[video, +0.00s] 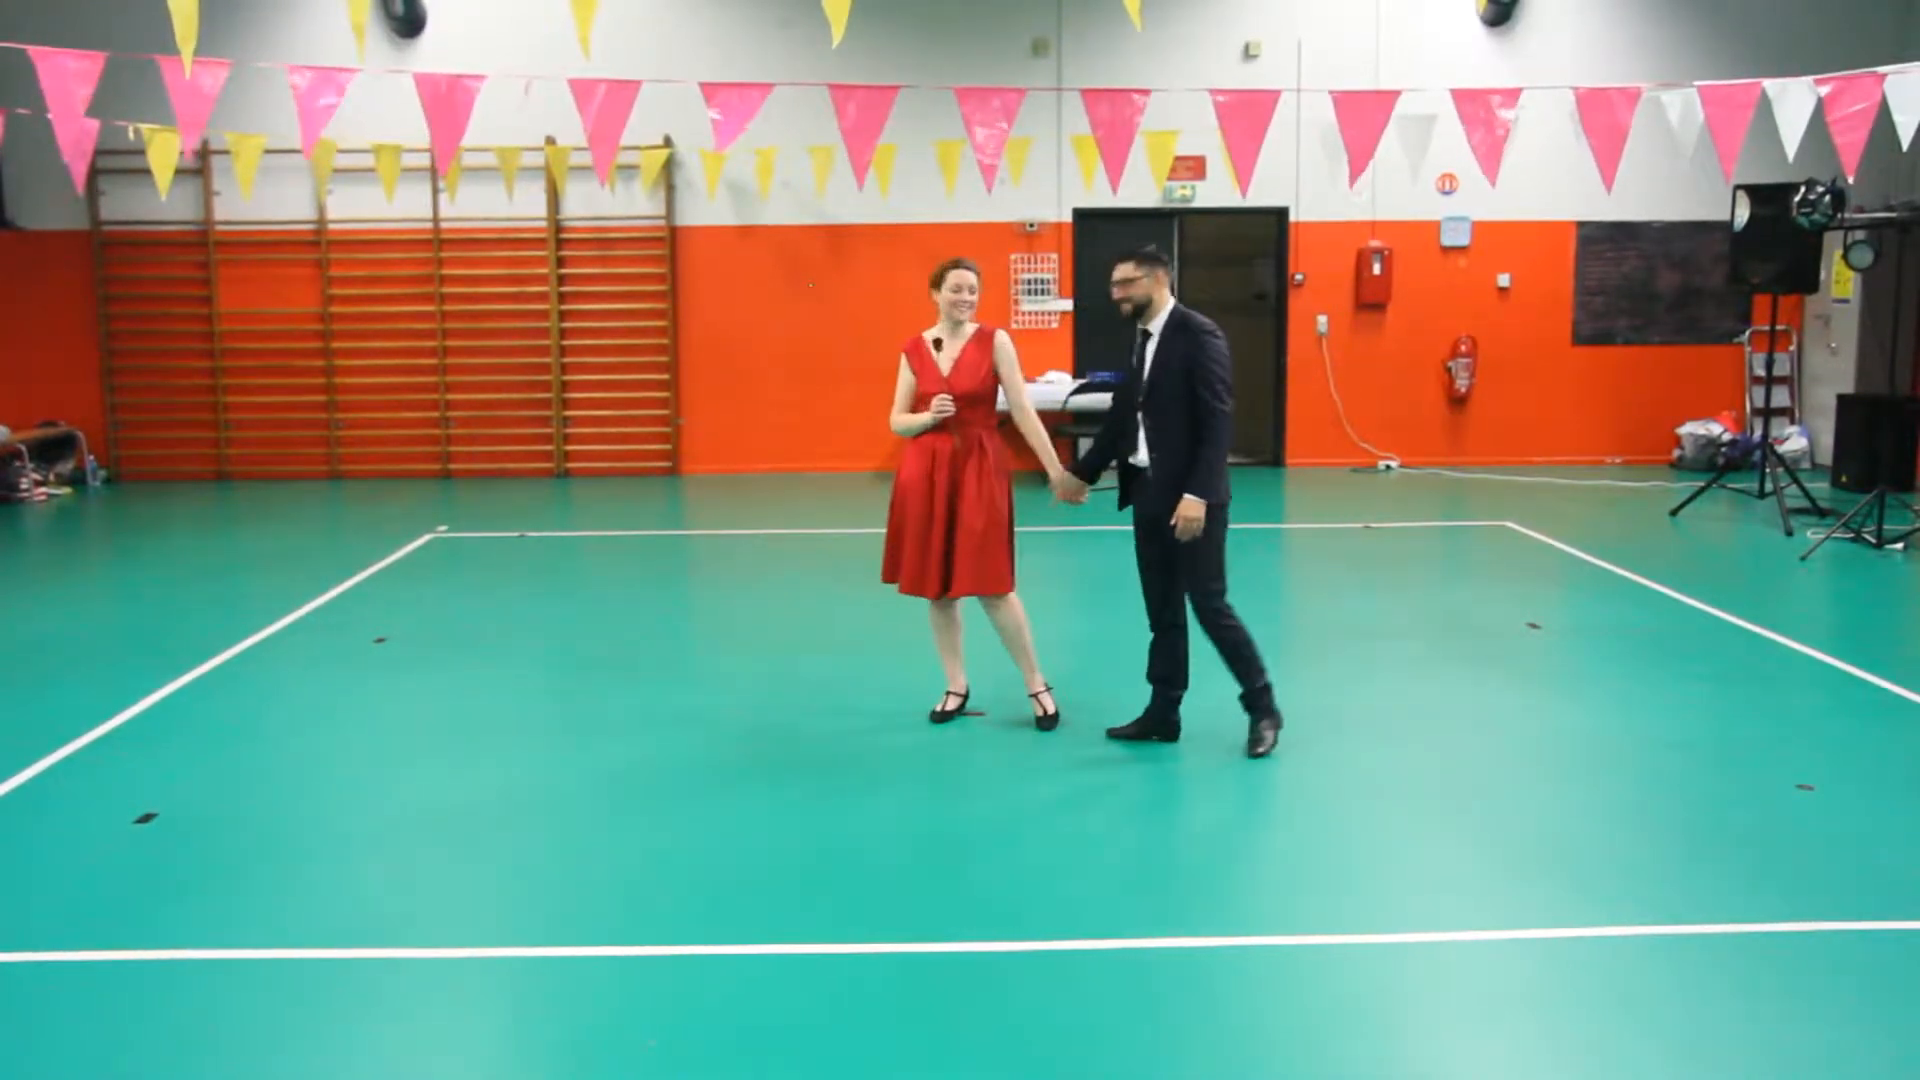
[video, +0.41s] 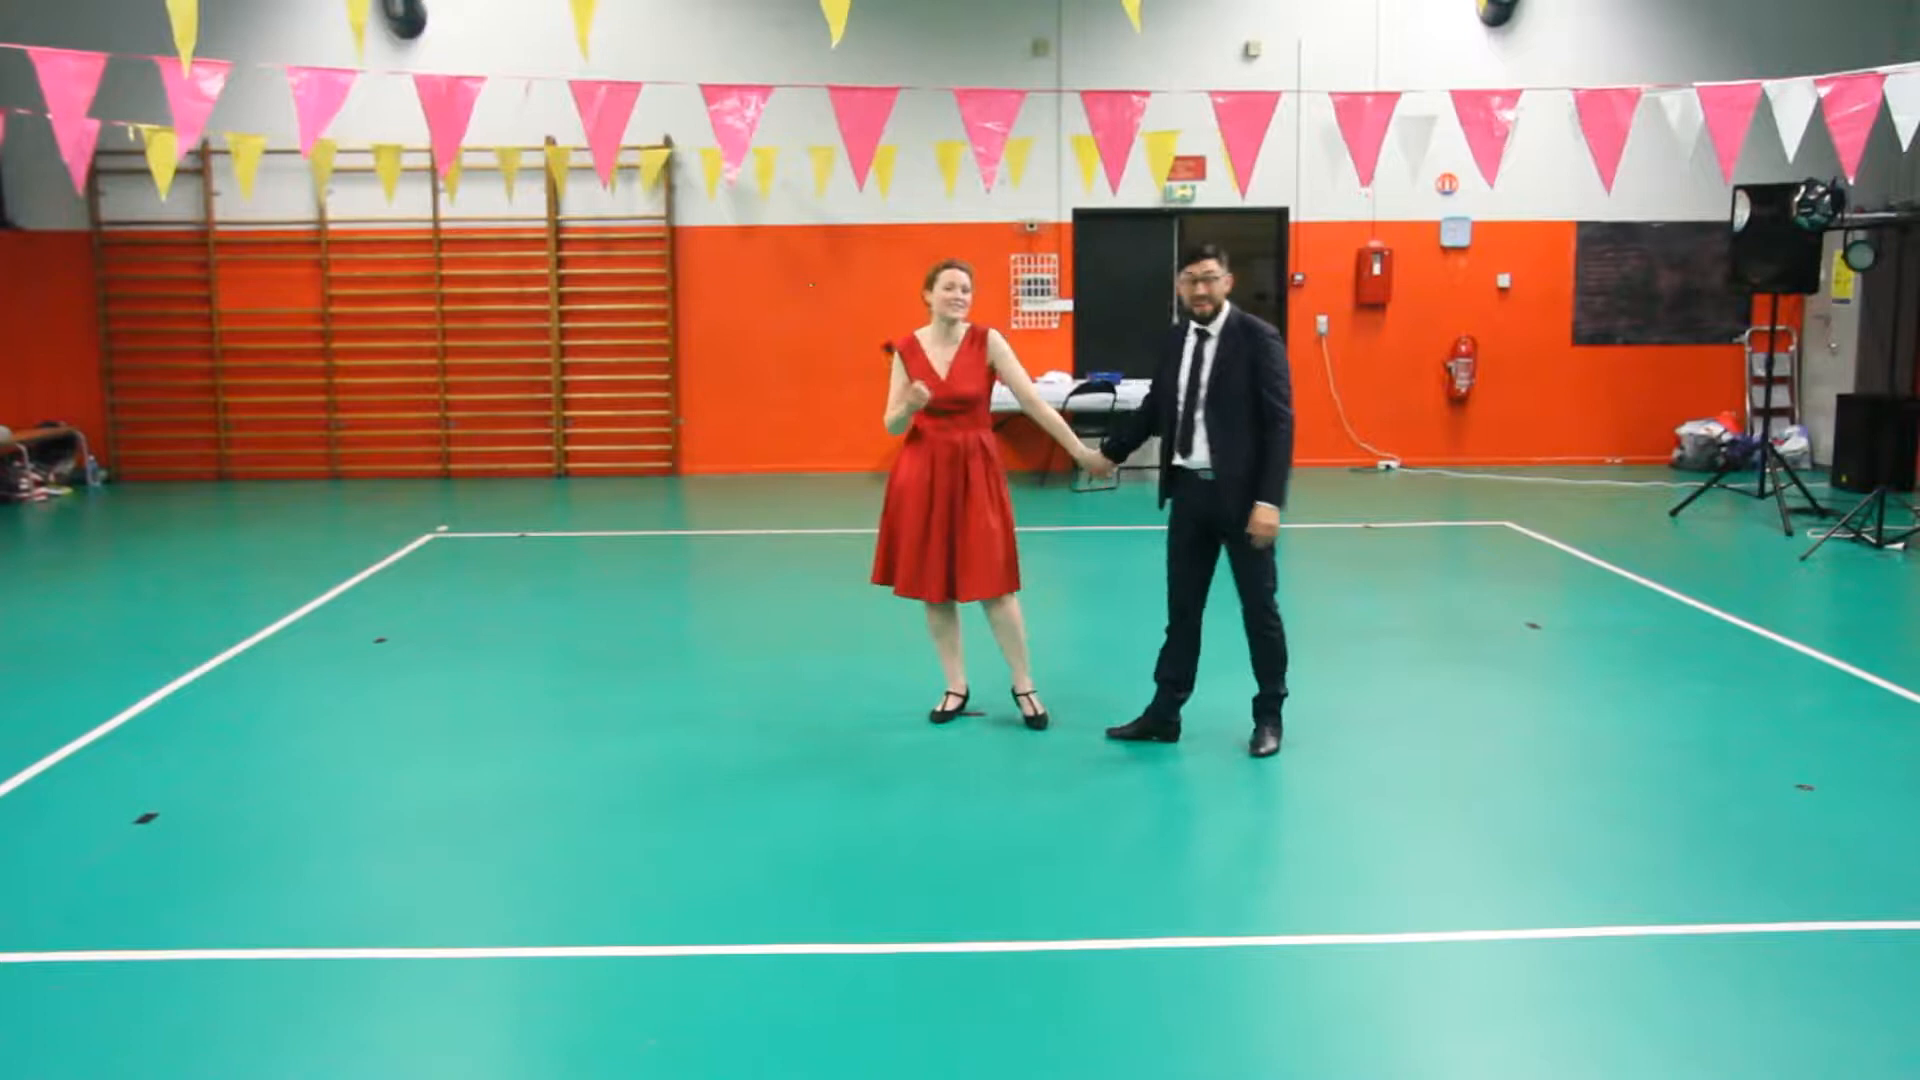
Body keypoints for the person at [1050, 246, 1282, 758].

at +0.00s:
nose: (1117, 293)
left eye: (1126, 283)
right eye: (1114, 285)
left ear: (1160, 280)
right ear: (1123, 290)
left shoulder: (1199, 334)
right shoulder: (1141, 340)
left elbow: (1217, 421)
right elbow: (1123, 415)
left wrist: (1199, 493)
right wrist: (1084, 472)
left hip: (1195, 491)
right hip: (1148, 490)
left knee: (1209, 604)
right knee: (1163, 610)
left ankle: (1263, 710)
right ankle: (1162, 713)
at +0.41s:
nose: (1200, 289)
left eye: (1209, 279)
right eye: (1191, 281)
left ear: (1229, 283)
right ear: (1179, 288)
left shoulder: (1259, 339)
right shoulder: (1175, 341)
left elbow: (1279, 422)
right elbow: (1156, 409)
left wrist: (1269, 499)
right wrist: (1110, 453)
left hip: (1243, 491)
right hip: (1189, 489)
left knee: (1259, 609)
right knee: (1182, 608)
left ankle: (1268, 716)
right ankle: (1164, 713)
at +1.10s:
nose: (1252, 286)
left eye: (1261, 278)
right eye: (1242, 278)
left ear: (1276, 283)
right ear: (1225, 283)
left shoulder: (1299, 344)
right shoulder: (1201, 338)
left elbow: (1323, 421)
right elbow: (1167, 410)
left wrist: (1338, 494)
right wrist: (1122, 465)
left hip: (1269, 487)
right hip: (1208, 485)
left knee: (1276, 609)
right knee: (1192, 600)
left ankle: (1271, 714)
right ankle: (1201, 684)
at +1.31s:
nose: (1232, 283)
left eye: (1238, 275)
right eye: (1221, 276)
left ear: (1251, 282)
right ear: (1201, 286)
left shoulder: (1274, 343)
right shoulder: (1180, 341)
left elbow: (1297, 421)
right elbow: (1150, 417)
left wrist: (1320, 492)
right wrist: (1111, 474)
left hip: (1251, 485)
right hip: (1191, 484)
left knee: (1268, 605)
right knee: (1180, 595)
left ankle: (1270, 713)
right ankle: (1175, 689)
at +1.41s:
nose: (1206, 285)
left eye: (1215, 277)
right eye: (1196, 277)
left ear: (1230, 283)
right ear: (1181, 285)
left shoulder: (1255, 340)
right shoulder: (1161, 340)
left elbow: (1277, 417)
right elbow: (1137, 417)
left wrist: (1302, 486)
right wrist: (1105, 477)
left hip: (1237, 483)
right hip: (1177, 484)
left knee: (1256, 606)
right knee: (1175, 597)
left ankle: (1267, 713)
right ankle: (1175, 693)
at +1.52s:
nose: (1199, 287)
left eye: (1206, 278)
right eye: (1188, 279)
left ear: (1218, 283)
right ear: (1170, 285)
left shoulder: (1243, 337)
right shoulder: (1151, 340)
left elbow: (1266, 415)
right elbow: (1129, 418)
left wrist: (1287, 480)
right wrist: (1100, 477)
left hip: (1228, 482)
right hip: (1168, 482)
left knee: (1244, 601)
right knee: (1171, 597)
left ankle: (1262, 712)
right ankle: (1175, 693)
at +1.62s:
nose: (1176, 287)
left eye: (1184, 277)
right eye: (1166, 280)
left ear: (1199, 283)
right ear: (1151, 288)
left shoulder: (1229, 335)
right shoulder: (1136, 341)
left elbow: (1248, 409)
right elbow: (1116, 417)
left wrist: (1252, 471)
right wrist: (1092, 481)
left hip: (1217, 481)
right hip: (1158, 482)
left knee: (1226, 596)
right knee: (1166, 595)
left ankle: (1237, 711)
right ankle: (1174, 693)